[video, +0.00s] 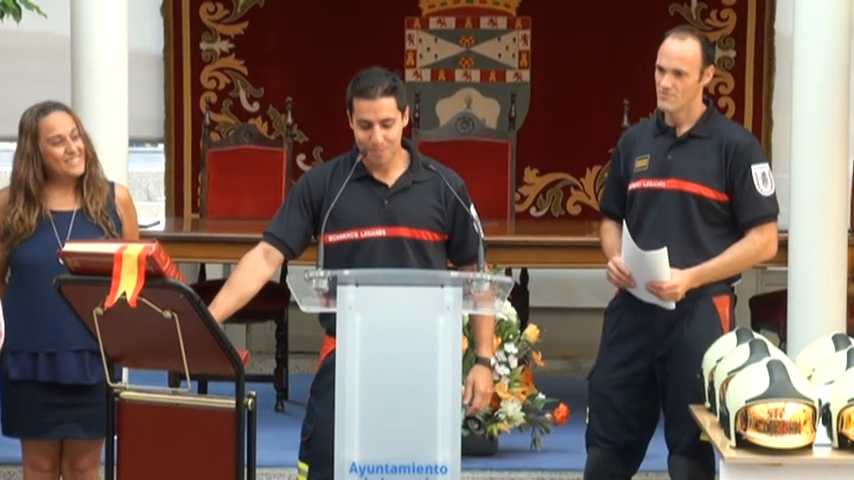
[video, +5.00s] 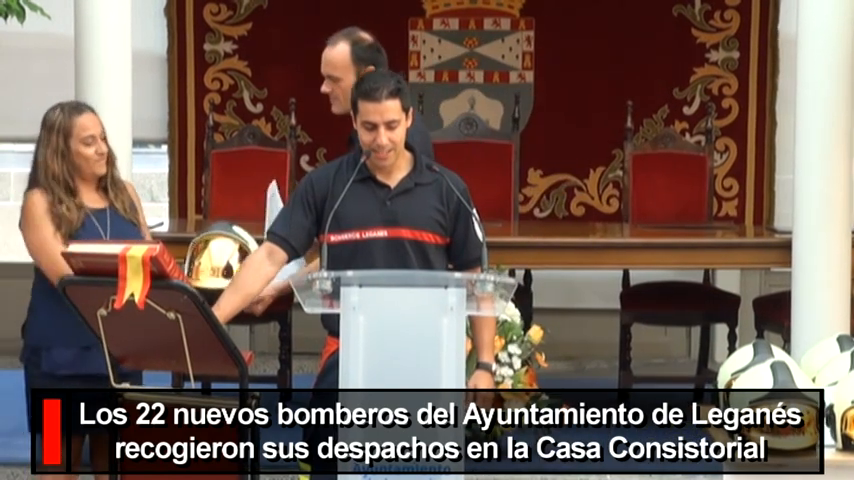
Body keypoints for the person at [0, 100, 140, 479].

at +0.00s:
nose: (73, 147)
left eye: (76, 135)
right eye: (58, 141)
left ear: (84, 137)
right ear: (35, 151)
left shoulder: (116, 198)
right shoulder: (10, 204)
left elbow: (135, 276)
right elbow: (1, 280)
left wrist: (128, 346)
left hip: (93, 358)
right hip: (30, 358)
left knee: (85, 466)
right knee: (40, 467)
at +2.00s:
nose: (72, 148)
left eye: (77, 136)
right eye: (57, 141)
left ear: (85, 140)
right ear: (36, 149)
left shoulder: (115, 199)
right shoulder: (11, 203)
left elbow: (133, 277)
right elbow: (3, 279)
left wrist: (127, 346)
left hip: (92, 359)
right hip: (26, 359)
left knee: (88, 466)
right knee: (40, 467)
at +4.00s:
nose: (75, 148)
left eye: (79, 136)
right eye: (61, 141)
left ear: (87, 139)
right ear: (37, 150)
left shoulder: (117, 199)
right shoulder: (11, 204)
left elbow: (134, 278)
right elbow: (2, 279)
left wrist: (127, 348)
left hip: (94, 360)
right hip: (30, 361)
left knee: (88, 467)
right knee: (42, 468)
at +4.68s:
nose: (95, 151)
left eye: (94, 140)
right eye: (83, 143)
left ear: (97, 141)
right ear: (52, 151)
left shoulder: (112, 194)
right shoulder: (19, 202)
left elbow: (132, 269)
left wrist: (130, 340)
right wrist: (2, 349)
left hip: (100, 348)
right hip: (38, 350)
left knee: (102, 462)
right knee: (49, 465)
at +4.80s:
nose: (97, 152)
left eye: (97, 141)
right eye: (85, 143)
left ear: (100, 142)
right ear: (55, 149)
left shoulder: (114, 195)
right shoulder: (24, 199)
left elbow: (143, 270)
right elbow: (6, 281)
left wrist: (199, 301)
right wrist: (62, 329)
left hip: (109, 353)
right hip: (46, 355)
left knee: (108, 459)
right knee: (52, 464)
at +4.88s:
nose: (98, 151)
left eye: (98, 140)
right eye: (86, 144)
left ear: (102, 141)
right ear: (56, 151)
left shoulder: (117, 194)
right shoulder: (30, 200)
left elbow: (144, 257)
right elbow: (27, 281)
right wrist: (90, 306)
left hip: (111, 346)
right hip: (53, 349)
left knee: (110, 457)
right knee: (55, 462)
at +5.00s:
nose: (102, 148)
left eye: (102, 138)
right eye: (88, 142)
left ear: (107, 139)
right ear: (61, 150)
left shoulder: (124, 193)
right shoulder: (40, 200)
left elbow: (151, 258)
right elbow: (63, 279)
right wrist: (117, 318)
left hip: (118, 348)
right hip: (61, 349)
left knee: (113, 460)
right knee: (59, 464)